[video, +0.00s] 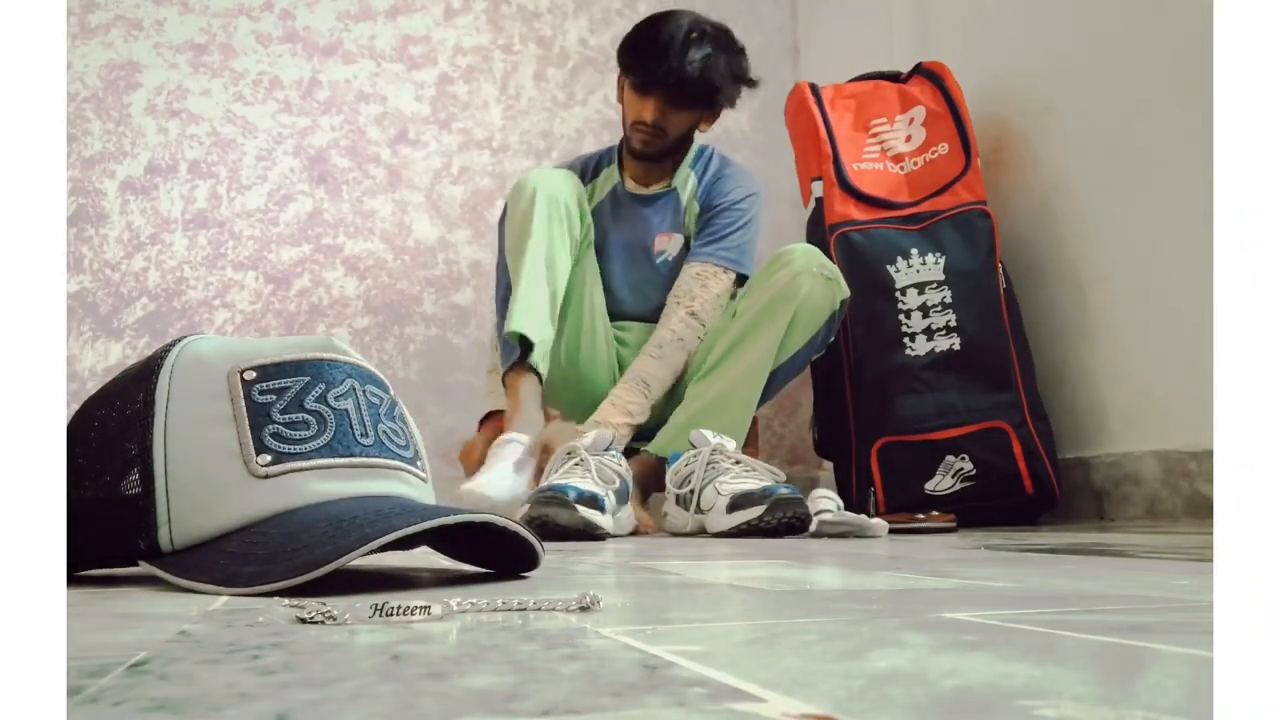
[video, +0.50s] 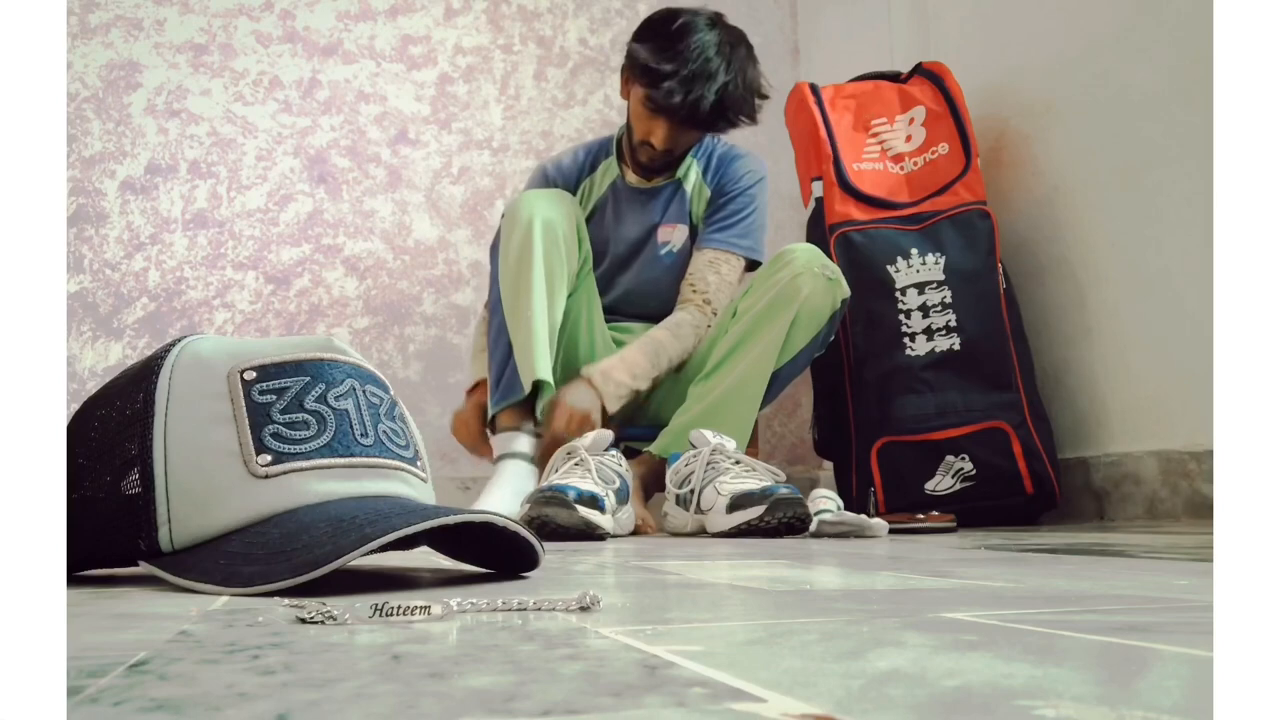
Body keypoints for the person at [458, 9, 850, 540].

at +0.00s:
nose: (648, 114)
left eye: (676, 101)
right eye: (639, 90)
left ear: (709, 117)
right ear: (621, 82)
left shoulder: (731, 191)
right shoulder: (568, 183)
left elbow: (688, 321)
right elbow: (514, 316)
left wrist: (604, 432)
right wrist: (509, 426)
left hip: (685, 379)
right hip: (584, 377)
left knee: (809, 268)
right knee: (543, 186)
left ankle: (648, 473)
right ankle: (522, 434)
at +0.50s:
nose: (660, 137)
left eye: (685, 123)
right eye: (651, 109)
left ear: (714, 119)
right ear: (627, 81)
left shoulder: (734, 175)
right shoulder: (563, 177)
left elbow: (699, 313)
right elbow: (505, 295)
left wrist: (598, 386)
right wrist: (484, 385)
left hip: (681, 376)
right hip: (582, 364)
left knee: (811, 269)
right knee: (537, 207)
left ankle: (644, 475)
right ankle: (517, 457)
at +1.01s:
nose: (674, 135)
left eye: (696, 121)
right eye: (664, 108)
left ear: (722, 116)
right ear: (633, 88)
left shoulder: (740, 183)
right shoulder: (566, 176)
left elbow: (726, 298)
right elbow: (506, 286)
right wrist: (475, 341)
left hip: (678, 384)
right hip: (579, 379)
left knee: (830, 281)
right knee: (546, 210)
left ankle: (698, 461)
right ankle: (520, 461)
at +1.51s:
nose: (624, 127)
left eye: (635, 103)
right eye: (602, 112)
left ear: (664, 92)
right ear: (577, 113)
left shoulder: (710, 192)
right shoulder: (543, 192)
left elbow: (784, 298)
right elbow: (470, 327)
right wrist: (455, 238)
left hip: (701, 383)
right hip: (595, 387)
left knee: (775, 214)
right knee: (552, 210)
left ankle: (766, 460)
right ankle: (583, 460)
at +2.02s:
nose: (654, 127)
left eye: (667, 102)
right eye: (630, 110)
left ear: (689, 76)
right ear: (593, 98)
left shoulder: (731, 180)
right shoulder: (554, 177)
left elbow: (803, 300)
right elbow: (607, 318)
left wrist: (827, 375)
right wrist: (725, 379)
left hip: (701, 385)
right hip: (604, 383)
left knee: (750, 203)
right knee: (499, 249)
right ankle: (584, 462)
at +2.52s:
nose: (730, 138)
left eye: (747, 119)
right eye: (709, 116)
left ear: (766, 106)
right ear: (663, 96)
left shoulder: (774, 189)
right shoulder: (599, 170)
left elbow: (819, 326)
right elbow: (639, 332)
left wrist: (857, 417)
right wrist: (772, 411)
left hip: (717, 388)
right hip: (615, 382)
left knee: (773, 207)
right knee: (518, 243)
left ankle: (723, 457)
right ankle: (591, 454)